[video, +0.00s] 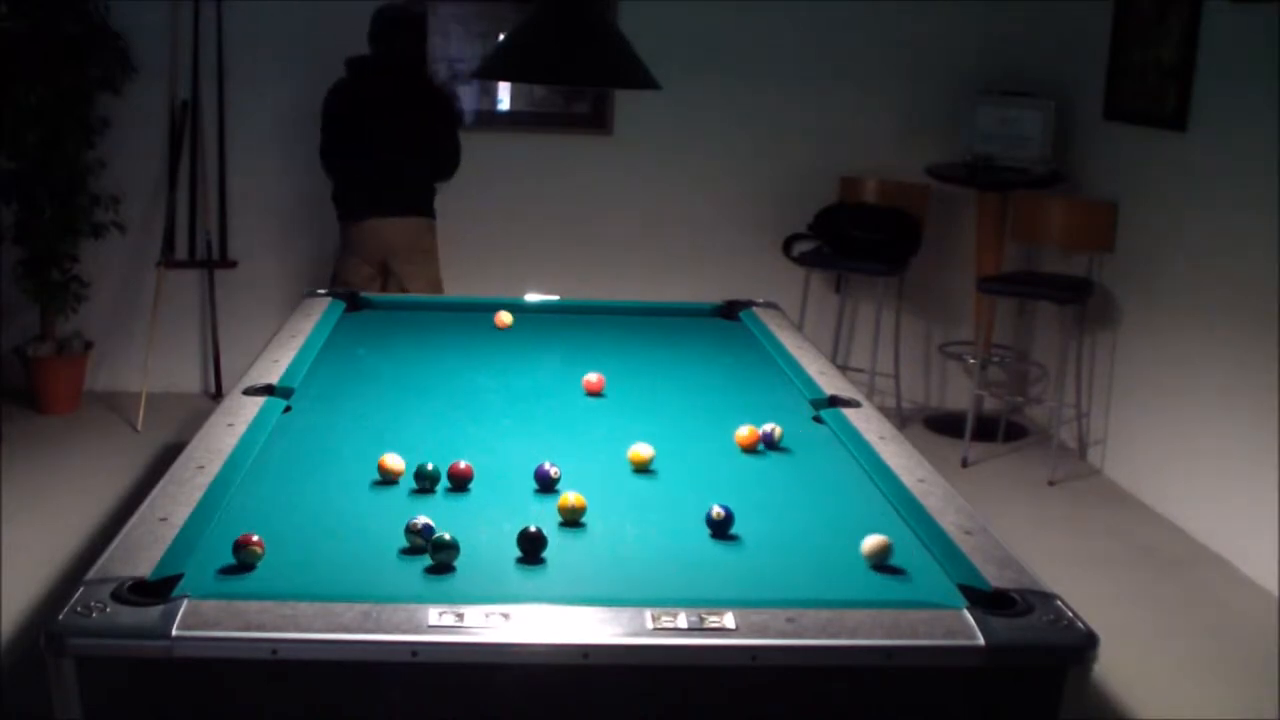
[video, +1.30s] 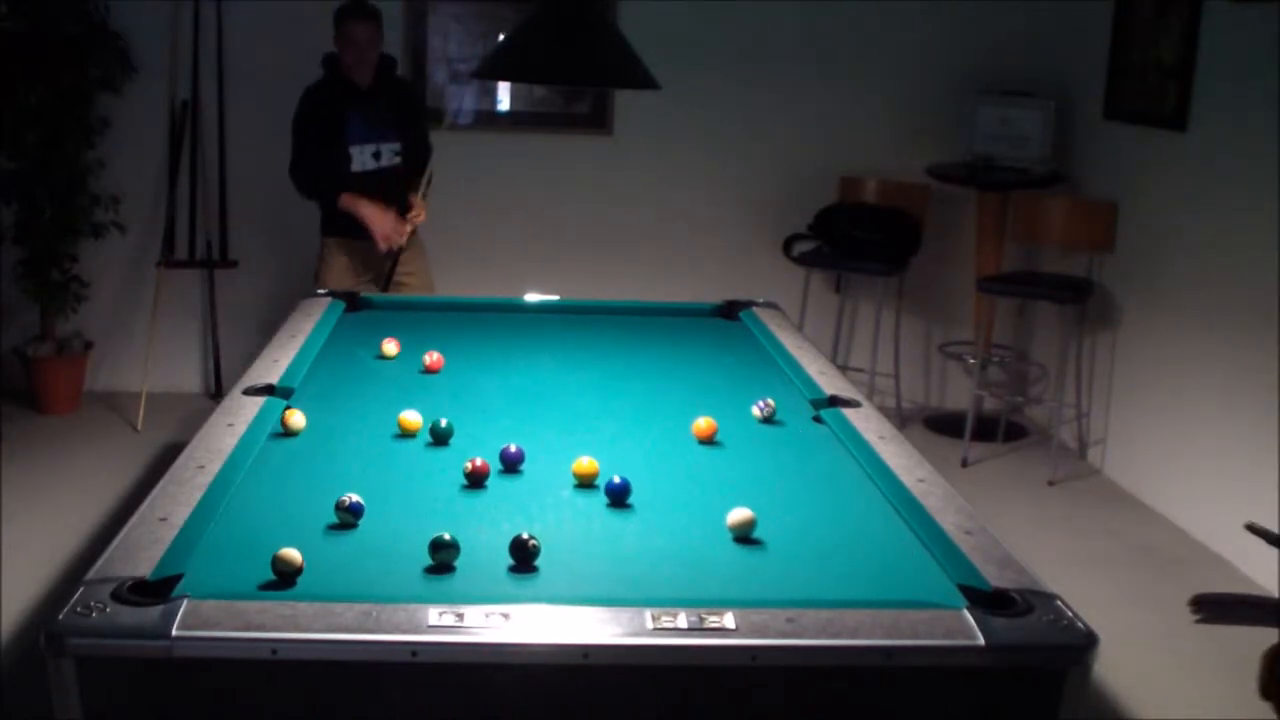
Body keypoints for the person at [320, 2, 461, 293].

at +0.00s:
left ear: (373, 37)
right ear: (420, 41)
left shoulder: (344, 91)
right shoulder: (433, 93)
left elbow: (329, 157)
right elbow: (446, 165)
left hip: (359, 222)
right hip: (413, 223)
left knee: (354, 320)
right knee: (424, 317)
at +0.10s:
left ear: (353, 37)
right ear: (392, 38)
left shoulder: (329, 91)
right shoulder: (409, 87)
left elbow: (325, 154)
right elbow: (436, 158)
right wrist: (403, 173)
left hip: (346, 219)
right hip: (398, 221)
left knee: (350, 317)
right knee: (414, 314)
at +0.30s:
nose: (377, 42)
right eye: (376, 35)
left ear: (338, 35)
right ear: (375, 37)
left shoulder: (320, 85)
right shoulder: (382, 85)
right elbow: (399, 141)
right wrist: (425, 159)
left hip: (329, 216)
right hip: (373, 218)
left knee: (341, 315)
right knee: (386, 314)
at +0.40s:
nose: (384, 42)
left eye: (382, 33)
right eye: (380, 34)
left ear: (342, 34)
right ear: (369, 36)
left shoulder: (323, 74)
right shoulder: (365, 79)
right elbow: (378, 140)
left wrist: (410, 157)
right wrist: (419, 157)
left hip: (328, 214)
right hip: (362, 218)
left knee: (343, 313)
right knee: (376, 314)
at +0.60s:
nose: (385, 43)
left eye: (385, 34)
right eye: (379, 34)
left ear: (352, 34)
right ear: (362, 34)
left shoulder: (337, 73)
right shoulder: (350, 76)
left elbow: (351, 153)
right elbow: (359, 153)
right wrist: (411, 166)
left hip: (337, 215)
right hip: (347, 219)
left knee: (345, 314)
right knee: (350, 315)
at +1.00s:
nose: (361, 46)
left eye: (366, 37)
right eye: (352, 37)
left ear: (374, 39)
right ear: (333, 39)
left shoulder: (384, 92)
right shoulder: (311, 92)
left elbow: (396, 158)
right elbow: (322, 166)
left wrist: (403, 210)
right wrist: (388, 164)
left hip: (373, 231)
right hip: (327, 232)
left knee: (373, 332)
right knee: (326, 331)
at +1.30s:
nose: (363, 54)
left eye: (371, 43)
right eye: (354, 44)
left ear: (381, 43)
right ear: (338, 44)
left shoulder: (402, 91)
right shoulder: (319, 98)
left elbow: (420, 154)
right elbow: (306, 174)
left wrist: (414, 195)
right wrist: (367, 211)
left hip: (402, 240)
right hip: (346, 244)